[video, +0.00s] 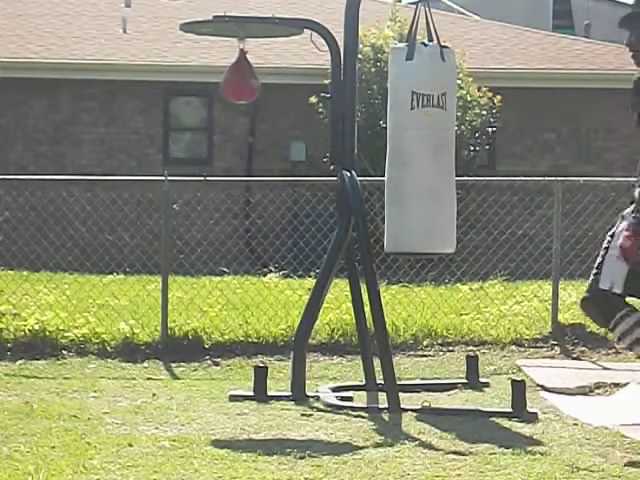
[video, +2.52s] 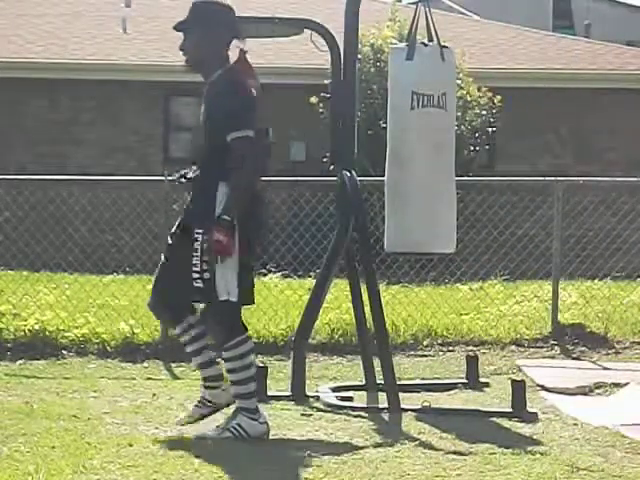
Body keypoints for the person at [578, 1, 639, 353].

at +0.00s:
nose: (630, 47)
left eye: (633, 39)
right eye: (630, 39)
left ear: (639, 41)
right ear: (631, 40)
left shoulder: (636, 88)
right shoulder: (636, 88)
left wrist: (633, 223)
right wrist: (631, 221)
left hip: (634, 213)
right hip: (633, 211)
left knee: (599, 298)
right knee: (599, 297)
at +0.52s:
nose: (525, 50)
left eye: (533, 41)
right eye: (527, 41)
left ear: (559, 44)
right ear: (558, 45)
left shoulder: (575, 92)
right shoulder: (567, 90)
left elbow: (589, 170)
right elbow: (570, 169)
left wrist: (572, 232)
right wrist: (548, 225)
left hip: (577, 219)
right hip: (559, 214)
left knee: (568, 316)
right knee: (535, 306)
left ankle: (612, 416)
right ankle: (583, 385)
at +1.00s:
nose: (425, 50)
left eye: (432, 42)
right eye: (427, 42)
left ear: (454, 46)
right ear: (453, 46)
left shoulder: (472, 91)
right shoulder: (463, 92)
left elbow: (493, 166)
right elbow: (473, 160)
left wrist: (484, 231)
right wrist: (445, 170)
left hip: (465, 210)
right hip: (469, 210)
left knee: (414, 303)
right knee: (463, 307)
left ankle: (477, 389)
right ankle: (481, 406)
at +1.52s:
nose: (325, 47)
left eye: (333, 40)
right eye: (325, 39)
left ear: (357, 43)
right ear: (341, 43)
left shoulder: (367, 87)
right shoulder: (353, 86)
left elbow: (383, 154)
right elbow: (405, 143)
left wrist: (359, 220)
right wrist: (348, 172)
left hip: (367, 208)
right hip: (343, 204)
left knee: (362, 313)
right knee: (302, 299)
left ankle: (389, 416)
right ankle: (345, 391)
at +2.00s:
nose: (240, 44)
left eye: (246, 35)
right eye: (240, 36)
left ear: (266, 40)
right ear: (270, 41)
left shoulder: (283, 89)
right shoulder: (271, 87)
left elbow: (301, 163)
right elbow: (234, 91)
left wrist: (291, 226)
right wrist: (243, 57)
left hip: (275, 207)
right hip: (272, 205)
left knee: (226, 301)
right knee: (272, 309)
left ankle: (283, 393)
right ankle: (290, 409)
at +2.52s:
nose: (183, 45)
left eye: (190, 36)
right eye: (184, 36)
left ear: (213, 40)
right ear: (211, 41)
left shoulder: (230, 87)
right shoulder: (216, 86)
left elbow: (246, 158)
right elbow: (227, 153)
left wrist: (227, 221)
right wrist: (198, 173)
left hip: (223, 215)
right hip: (200, 213)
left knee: (222, 315)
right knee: (168, 298)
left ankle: (250, 414)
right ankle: (216, 385)